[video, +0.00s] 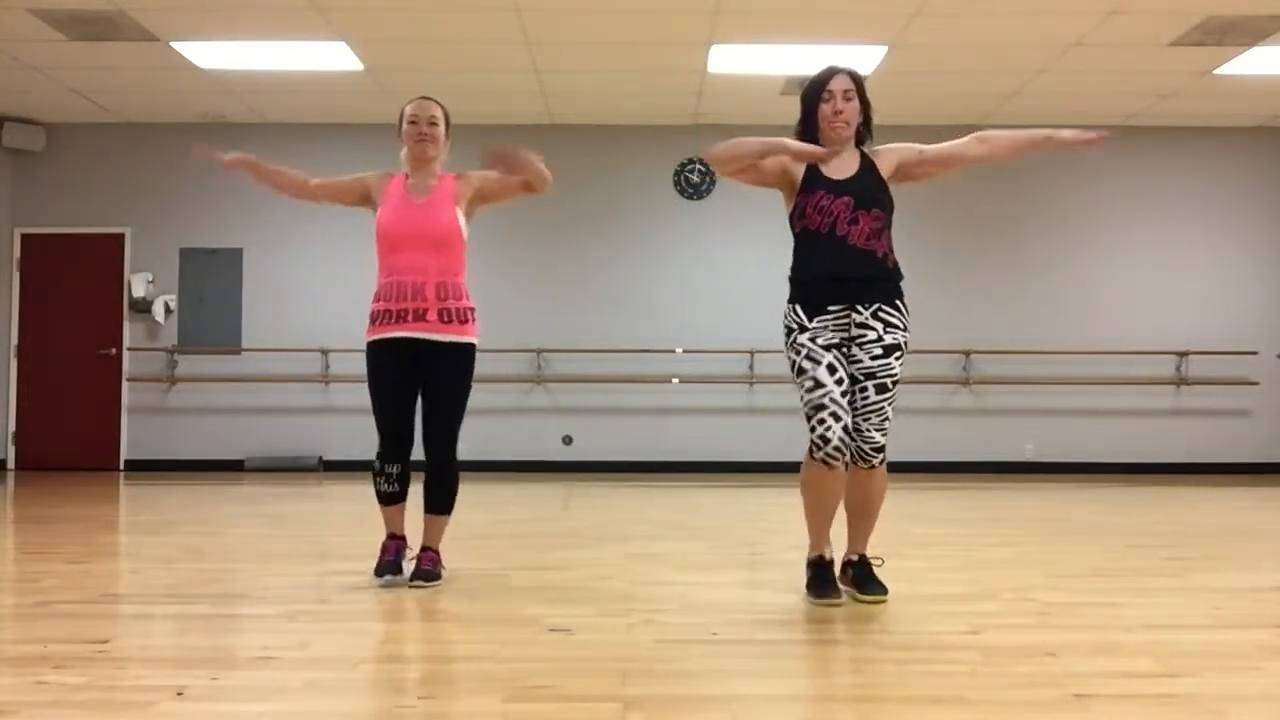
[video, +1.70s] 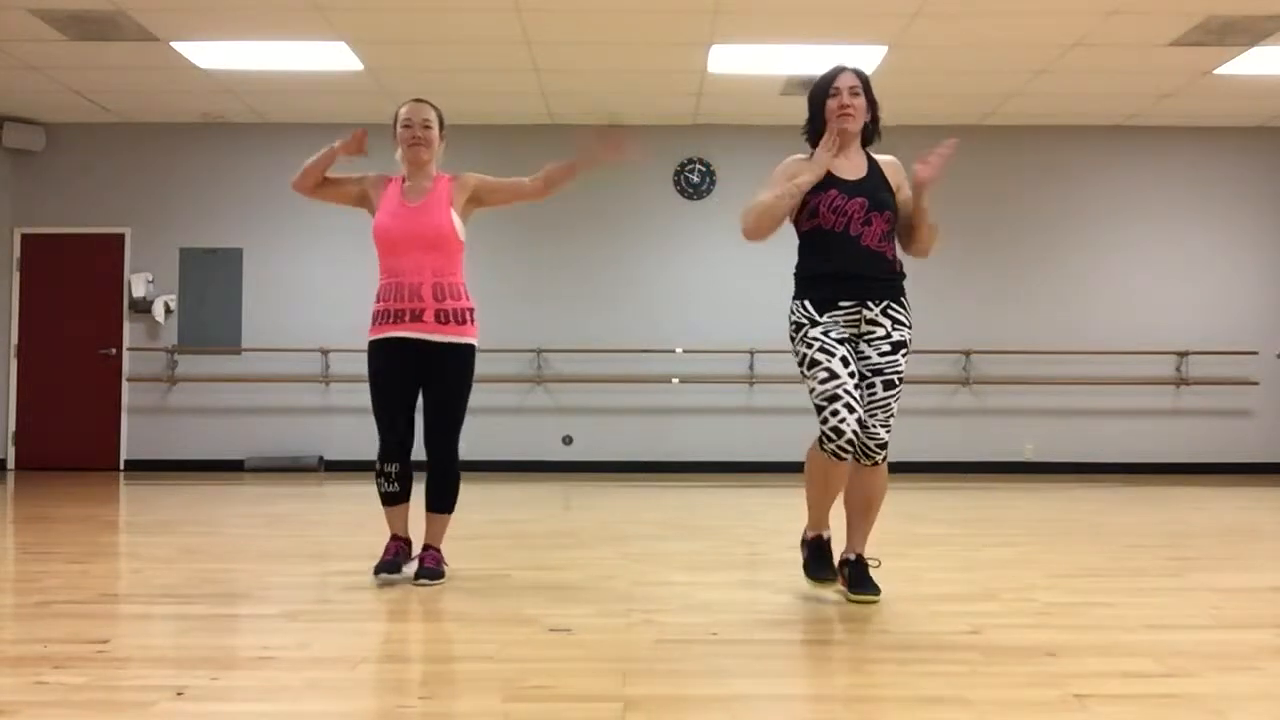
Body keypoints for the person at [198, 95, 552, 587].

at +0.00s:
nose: (423, 128)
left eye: (432, 121)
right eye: (414, 121)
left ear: (446, 136)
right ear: (400, 135)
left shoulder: (466, 185)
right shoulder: (379, 185)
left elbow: (538, 184)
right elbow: (308, 187)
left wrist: (523, 161)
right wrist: (251, 165)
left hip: (450, 334)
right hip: (391, 333)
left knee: (440, 447)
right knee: (394, 444)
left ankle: (430, 551)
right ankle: (394, 542)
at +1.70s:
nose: (416, 131)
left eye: (426, 125)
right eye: (407, 124)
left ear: (441, 138)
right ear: (395, 137)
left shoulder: (463, 187)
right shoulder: (375, 188)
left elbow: (536, 185)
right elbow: (304, 184)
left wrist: (592, 156)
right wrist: (337, 149)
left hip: (451, 336)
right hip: (392, 335)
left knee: (441, 446)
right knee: (394, 443)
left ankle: (432, 549)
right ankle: (398, 542)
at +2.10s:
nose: (416, 130)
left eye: (425, 125)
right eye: (406, 124)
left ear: (439, 138)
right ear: (392, 138)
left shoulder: (453, 182)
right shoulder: (375, 183)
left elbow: (485, 117)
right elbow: (328, 128)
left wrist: (439, 66)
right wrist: (370, 80)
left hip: (447, 334)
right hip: (389, 333)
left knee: (436, 443)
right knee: (394, 445)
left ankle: (434, 543)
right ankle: (402, 550)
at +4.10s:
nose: (417, 126)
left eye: (426, 121)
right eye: (407, 121)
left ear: (440, 136)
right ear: (395, 137)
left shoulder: (463, 187)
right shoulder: (377, 190)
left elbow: (536, 197)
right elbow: (302, 208)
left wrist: (605, 209)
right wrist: (241, 225)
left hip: (449, 334)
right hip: (390, 332)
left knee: (437, 444)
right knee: (395, 444)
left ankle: (433, 548)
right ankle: (398, 549)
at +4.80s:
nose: (422, 130)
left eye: (431, 125)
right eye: (413, 124)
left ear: (444, 140)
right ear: (398, 138)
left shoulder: (465, 195)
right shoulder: (377, 195)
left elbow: (526, 240)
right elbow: (321, 253)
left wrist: (581, 279)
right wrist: (276, 299)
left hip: (447, 339)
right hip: (388, 338)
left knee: (439, 446)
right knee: (394, 447)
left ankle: (446, 547)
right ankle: (399, 550)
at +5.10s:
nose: (429, 129)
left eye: (438, 123)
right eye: (420, 122)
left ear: (451, 139)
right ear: (406, 136)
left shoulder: (473, 194)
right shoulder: (384, 196)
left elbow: (525, 244)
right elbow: (338, 256)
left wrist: (577, 287)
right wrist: (294, 305)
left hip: (457, 337)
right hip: (397, 336)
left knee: (451, 446)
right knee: (401, 446)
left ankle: (447, 549)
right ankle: (404, 548)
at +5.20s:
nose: (429, 132)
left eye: (437, 126)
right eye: (419, 125)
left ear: (451, 139)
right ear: (406, 136)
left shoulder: (472, 194)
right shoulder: (384, 195)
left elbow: (516, 249)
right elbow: (342, 260)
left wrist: (566, 299)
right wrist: (298, 312)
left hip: (459, 338)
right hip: (399, 337)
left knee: (452, 445)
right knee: (405, 448)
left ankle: (446, 550)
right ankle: (408, 551)